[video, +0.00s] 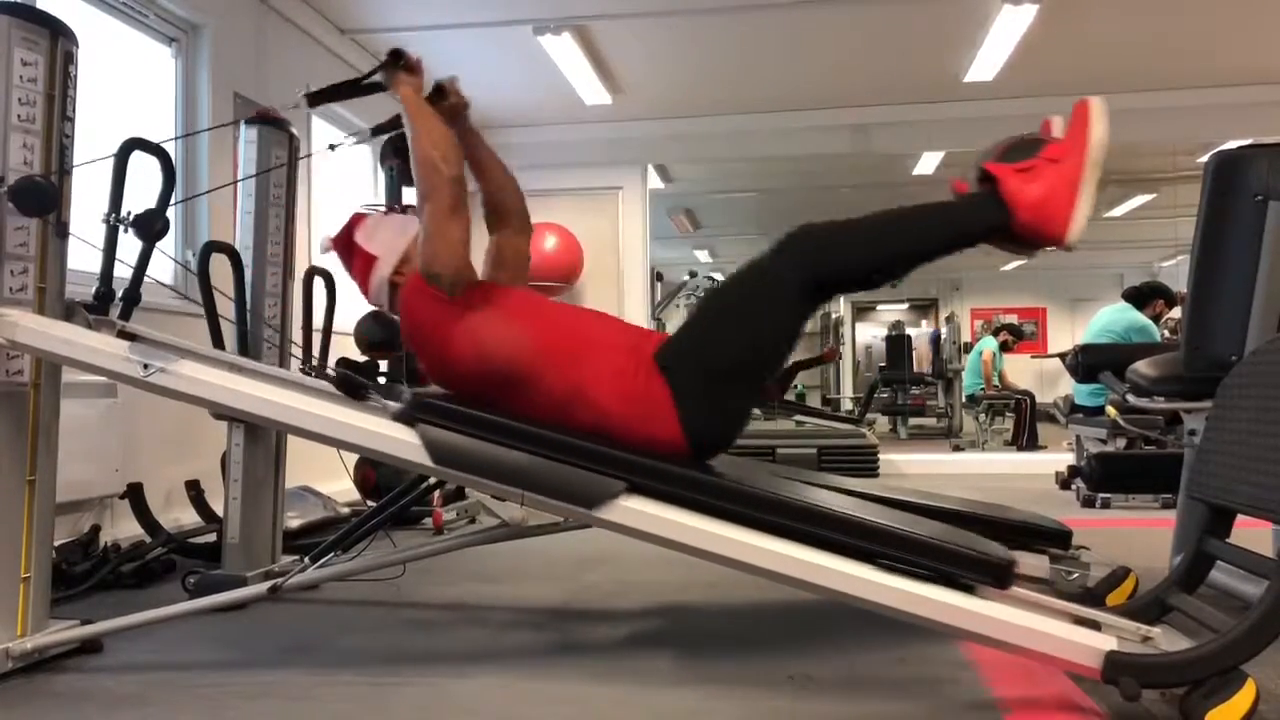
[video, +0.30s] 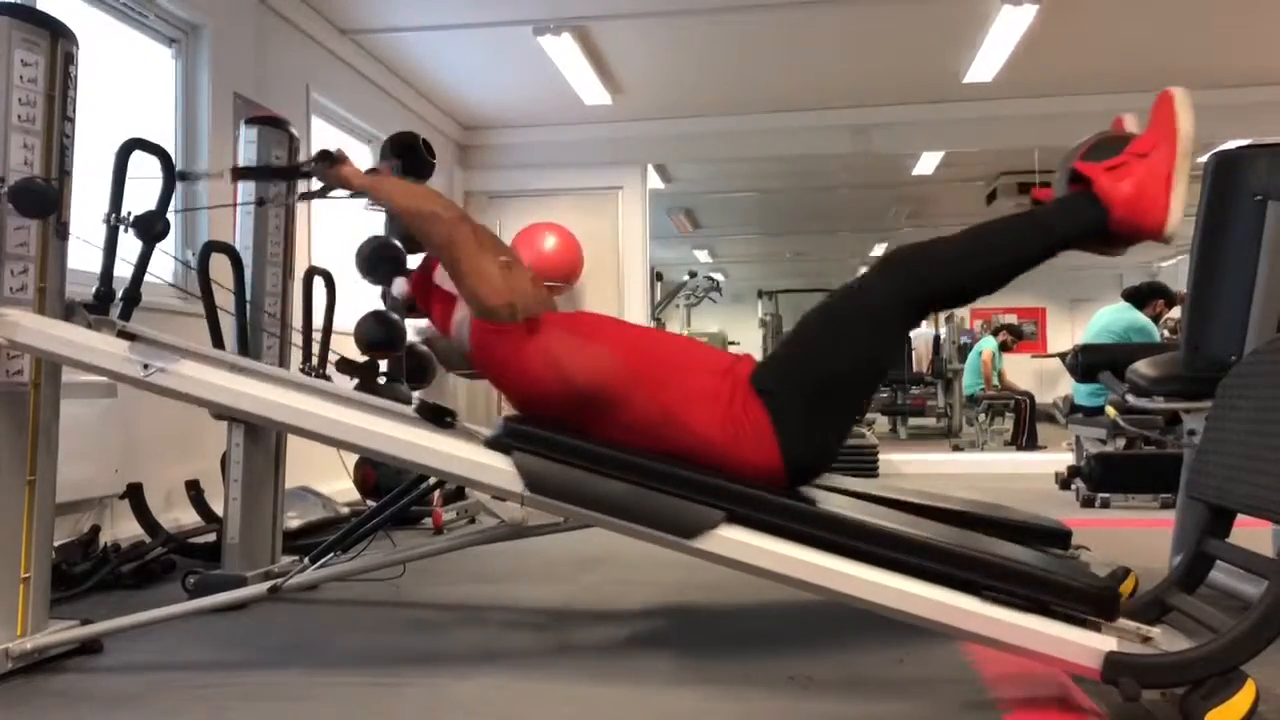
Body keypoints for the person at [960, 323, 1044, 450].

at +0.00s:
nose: (1013, 347)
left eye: (1016, 344)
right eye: (1013, 342)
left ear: (1003, 336)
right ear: (1004, 334)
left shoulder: (997, 352)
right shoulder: (990, 341)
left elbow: (1004, 382)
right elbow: (986, 360)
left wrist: (1020, 391)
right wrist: (989, 389)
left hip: (985, 392)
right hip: (976, 393)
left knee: (1027, 397)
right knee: (1025, 399)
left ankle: (1022, 442)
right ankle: (1026, 445)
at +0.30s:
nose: (1013, 347)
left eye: (1015, 344)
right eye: (1013, 342)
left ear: (1003, 335)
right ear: (1003, 334)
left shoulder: (997, 351)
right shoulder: (990, 342)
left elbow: (1003, 381)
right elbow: (985, 360)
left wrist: (1021, 391)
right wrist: (989, 389)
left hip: (985, 392)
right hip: (976, 393)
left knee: (1027, 398)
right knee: (1024, 400)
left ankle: (1024, 442)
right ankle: (1025, 444)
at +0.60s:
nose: (1013, 347)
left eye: (1016, 344)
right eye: (1013, 342)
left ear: (1003, 335)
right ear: (1003, 334)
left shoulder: (997, 352)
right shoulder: (990, 342)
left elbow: (1004, 382)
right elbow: (986, 361)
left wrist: (1020, 391)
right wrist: (989, 390)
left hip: (985, 392)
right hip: (976, 393)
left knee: (1027, 397)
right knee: (1025, 399)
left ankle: (1026, 443)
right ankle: (1025, 444)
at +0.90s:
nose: (1013, 343)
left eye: (1015, 340)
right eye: (1012, 338)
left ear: (1002, 334)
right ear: (1002, 332)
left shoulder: (997, 351)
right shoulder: (990, 341)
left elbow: (1003, 381)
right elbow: (986, 360)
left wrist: (1021, 390)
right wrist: (989, 389)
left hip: (984, 392)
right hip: (977, 392)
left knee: (1027, 398)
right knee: (1025, 400)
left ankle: (1020, 441)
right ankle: (1025, 443)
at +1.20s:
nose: (1014, 342)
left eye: (1016, 339)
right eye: (1011, 337)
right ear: (1000, 333)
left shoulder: (999, 353)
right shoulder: (991, 342)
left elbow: (1004, 382)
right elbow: (986, 361)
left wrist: (1020, 390)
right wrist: (989, 390)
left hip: (987, 392)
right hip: (977, 393)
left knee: (1027, 399)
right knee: (1024, 401)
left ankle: (1028, 443)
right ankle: (1022, 444)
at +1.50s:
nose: (1014, 341)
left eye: (1016, 338)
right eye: (1011, 336)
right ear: (1001, 332)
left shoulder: (999, 352)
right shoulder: (991, 341)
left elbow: (1005, 383)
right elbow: (986, 360)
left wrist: (1020, 390)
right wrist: (989, 390)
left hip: (985, 391)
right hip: (976, 392)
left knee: (1027, 398)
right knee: (1025, 400)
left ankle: (1028, 443)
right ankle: (1022, 444)